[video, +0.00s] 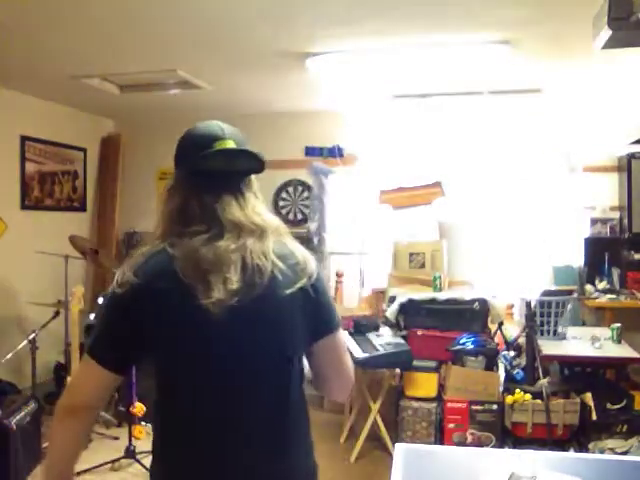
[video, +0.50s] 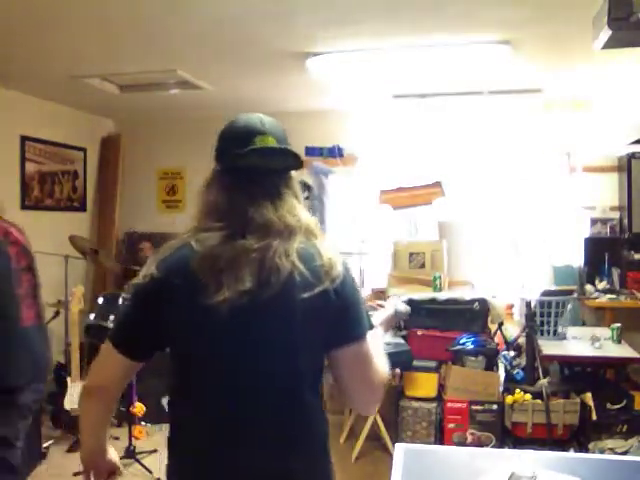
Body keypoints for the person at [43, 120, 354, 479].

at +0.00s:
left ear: (179, 190)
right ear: (248, 189)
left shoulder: (150, 275)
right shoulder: (295, 265)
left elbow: (78, 405)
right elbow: (339, 387)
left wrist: (55, 471)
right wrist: (295, 350)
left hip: (184, 470)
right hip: (283, 470)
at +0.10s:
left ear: (181, 186)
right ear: (250, 186)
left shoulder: (148, 275)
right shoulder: (293, 265)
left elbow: (77, 407)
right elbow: (338, 387)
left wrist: (70, 470)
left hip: (184, 467)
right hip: (281, 467)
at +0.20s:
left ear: (185, 183)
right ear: (254, 184)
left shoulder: (152, 269)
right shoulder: (294, 264)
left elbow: (83, 391)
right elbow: (338, 386)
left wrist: (77, 458)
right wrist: (324, 334)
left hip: (186, 465)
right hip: (281, 465)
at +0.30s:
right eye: (261, 174)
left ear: (193, 181)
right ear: (262, 181)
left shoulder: (155, 266)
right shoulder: (300, 262)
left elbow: (84, 389)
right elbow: (343, 384)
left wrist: (82, 448)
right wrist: (332, 318)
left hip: (190, 467)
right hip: (286, 467)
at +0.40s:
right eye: (273, 174)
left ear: (205, 180)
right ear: (274, 182)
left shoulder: (166, 266)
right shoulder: (309, 264)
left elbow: (92, 382)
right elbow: (353, 388)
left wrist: (88, 445)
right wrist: (350, 321)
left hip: (195, 467)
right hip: (290, 467)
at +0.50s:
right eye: (289, 181)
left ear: (217, 186)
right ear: (290, 186)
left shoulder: (176, 268)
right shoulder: (321, 270)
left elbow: (99, 386)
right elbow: (366, 397)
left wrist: (93, 455)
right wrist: (365, 339)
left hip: (199, 469)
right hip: (297, 470)